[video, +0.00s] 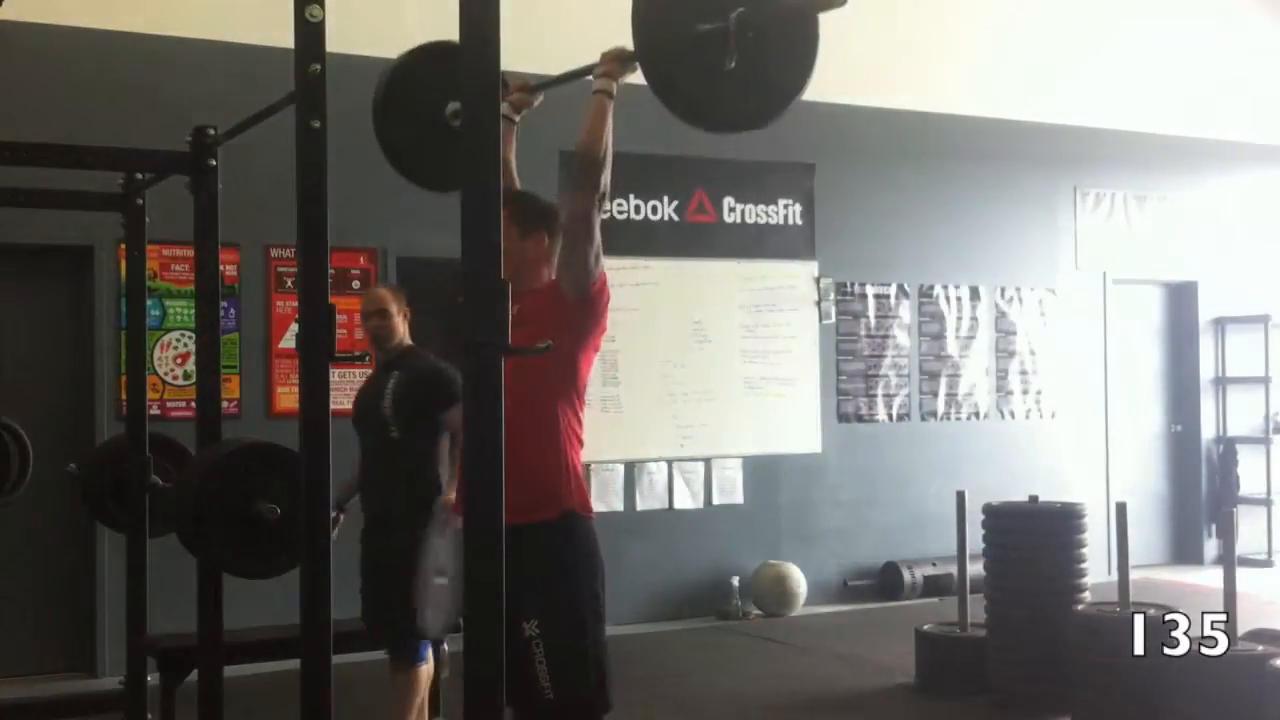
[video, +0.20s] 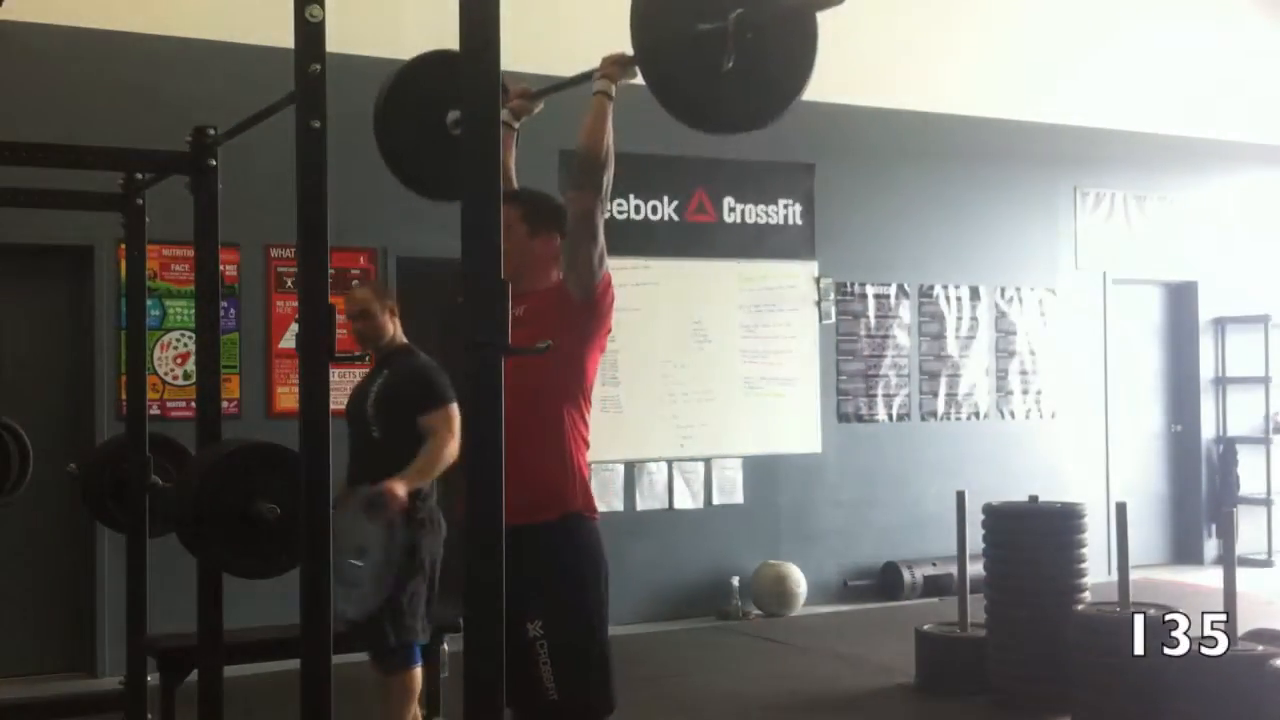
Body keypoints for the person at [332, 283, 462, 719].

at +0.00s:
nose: (373, 325)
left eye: (382, 315)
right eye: (366, 318)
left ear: (405, 317)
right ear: (361, 325)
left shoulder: (434, 374)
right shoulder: (371, 385)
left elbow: (462, 434)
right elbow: (371, 459)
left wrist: (456, 489)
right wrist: (338, 502)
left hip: (426, 516)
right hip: (383, 518)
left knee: (413, 629)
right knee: (395, 627)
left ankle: (407, 717)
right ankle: (422, 714)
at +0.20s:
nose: (355, 326)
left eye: (363, 316)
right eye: (350, 318)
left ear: (391, 315)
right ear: (348, 322)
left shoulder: (419, 370)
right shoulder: (373, 377)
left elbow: (447, 439)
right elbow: (369, 450)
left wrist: (406, 482)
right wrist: (349, 503)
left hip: (409, 517)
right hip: (373, 517)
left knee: (400, 637)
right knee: (381, 636)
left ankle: (404, 715)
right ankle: (409, 712)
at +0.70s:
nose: (334, 326)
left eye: (339, 316)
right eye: (331, 317)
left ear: (367, 312)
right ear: (355, 315)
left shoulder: (391, 364)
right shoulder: (365, 367)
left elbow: (401, 430)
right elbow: (370, 431)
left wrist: (336, 454)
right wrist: (332, 455)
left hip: (387, 515)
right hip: (361, 513)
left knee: (388, 642)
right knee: (362, 641)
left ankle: (394, 718)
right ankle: (368, 716)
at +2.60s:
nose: (287, 335)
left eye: (293, 324)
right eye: (283, 325)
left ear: (317, 321)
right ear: (287, 328)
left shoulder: (352, 366)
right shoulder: (314, 372)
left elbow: (372, 434)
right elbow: (304, 430)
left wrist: (311, 482)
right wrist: (260, 458)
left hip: (370, 516)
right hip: (341, 515)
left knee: (374, 650)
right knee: (361, 648)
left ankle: (385, 718)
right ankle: (369, 716)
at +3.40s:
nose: (320, 330)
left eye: (327, 319)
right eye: (317, 320)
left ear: (351, 316)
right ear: (320, 321)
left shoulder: (384, 375)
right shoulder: (330, 373)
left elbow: (390, 450)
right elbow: (307, 425)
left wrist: (359, 503)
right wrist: (261, 456)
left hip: (375, 527)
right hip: (331, 525)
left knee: (378, 648)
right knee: (339, 648)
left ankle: (388, 719)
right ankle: (347, 719)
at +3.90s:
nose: (334, 320)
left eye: (343, 309)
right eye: (329, 311)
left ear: (369, 312)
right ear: (320, 314)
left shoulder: (397, 368)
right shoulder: (317, 375)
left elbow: (427, 443)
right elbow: (279, 433)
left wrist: (428, 511)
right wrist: (241, 477)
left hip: (391, 520)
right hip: (336, 520)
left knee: (404, 640)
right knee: (353, 643)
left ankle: (418, 716)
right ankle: (350, 717)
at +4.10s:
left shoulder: (407, 368)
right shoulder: (324, 371)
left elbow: (435, 438)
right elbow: (286, 423)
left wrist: (444, 512)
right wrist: (243, 465)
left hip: (404, 519)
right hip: (344, 520)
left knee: (434, 638)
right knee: (356, 642)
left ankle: (454, 711)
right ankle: (351, 714)